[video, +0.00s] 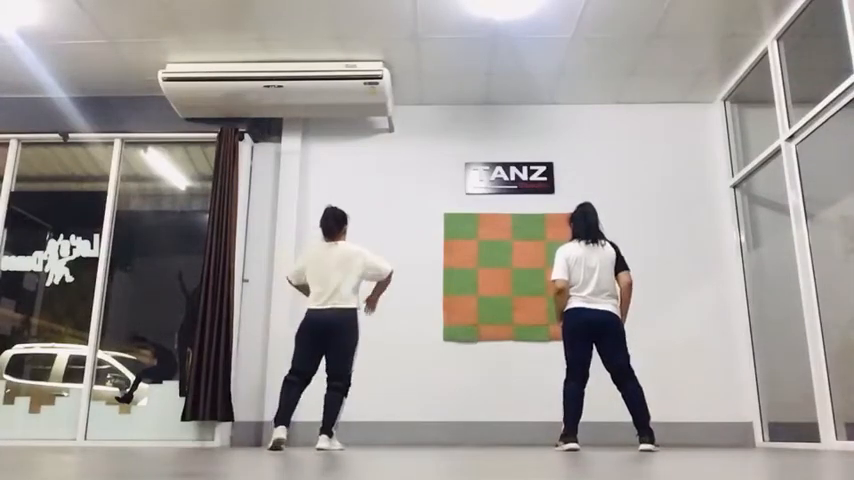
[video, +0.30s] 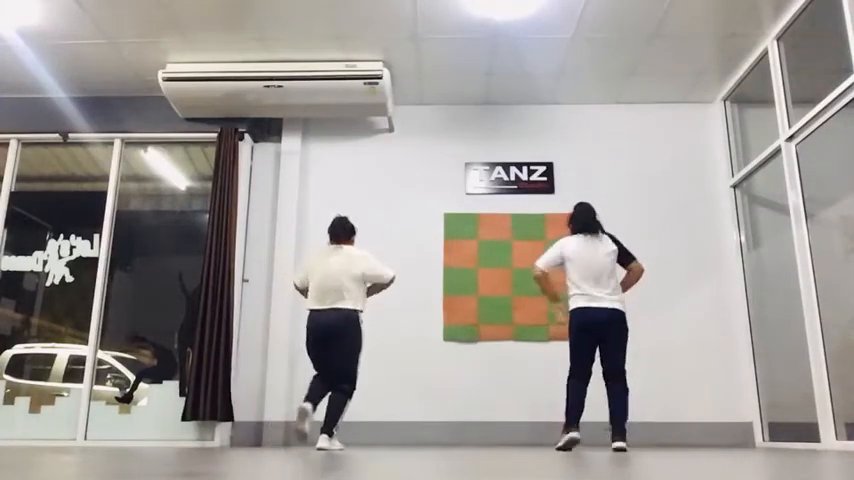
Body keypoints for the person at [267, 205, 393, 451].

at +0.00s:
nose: (345, 230)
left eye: (341, 227)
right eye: (345, 227)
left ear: (322, 229)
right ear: (344, 229)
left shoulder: (312, 252)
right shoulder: (354, 253)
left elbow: (295, 278)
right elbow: (386, 273)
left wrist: (314, 294)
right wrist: (374, 297)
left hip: (314, 320)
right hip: (344, 322)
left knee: (298, 375)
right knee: (338, 381)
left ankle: (280, 427)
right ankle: (325, 435)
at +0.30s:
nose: (353, 241)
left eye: (350, 238)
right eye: (353, 238)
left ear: (330, 237)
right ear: (352, 238)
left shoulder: (317, 257)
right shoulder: (357, 256)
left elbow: (299, 283)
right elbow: (388, 277)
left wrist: (316, 296)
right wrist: (366, 293)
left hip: (317, 319)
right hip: (347, 320)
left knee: (324, 373)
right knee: (345, 382)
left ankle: (308, 405)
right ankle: (326, 436)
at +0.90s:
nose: (342, 229)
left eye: (336, 225)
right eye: (343, 225)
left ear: (322, 227)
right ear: (345, 227)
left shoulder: (313, 250)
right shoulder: (356, 252)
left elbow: (307, 276)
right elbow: (361, 279)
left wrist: (328, 279)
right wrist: (338, 279)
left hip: (313, 309)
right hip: (342, 309)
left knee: (311, 374)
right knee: (340, 375)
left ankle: (310, 433)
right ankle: (328, 432)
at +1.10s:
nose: (341, 236)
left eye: (340, 233)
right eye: (341, 233)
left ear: (314, 234)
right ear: (338, 234)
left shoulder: (309, 257)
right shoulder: (343, 254)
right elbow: (353, 277)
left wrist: (362, 276)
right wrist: (367, 276)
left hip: (305, 318)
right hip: (333, 317)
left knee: (311, 379)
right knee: (347, 375)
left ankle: (302, 435)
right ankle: (334, 428)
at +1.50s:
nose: (339, 232)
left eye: (337, 228)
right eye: (336, 228)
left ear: (313, 234)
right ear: (330, 231)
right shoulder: (334, 253)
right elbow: (369, 270)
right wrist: (404, 266)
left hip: (293, 319)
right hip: (318, 316)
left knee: (306, 378)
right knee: (334, 374)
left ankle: (302, 436)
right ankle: (347, 434)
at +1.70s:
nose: (337, 226)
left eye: (336, 221)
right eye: (334, 221)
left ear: (318, 225)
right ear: (325, 224)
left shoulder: (319, 246)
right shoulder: (325, 245)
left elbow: (358, 258)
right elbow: (358, 257)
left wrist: (390, 249)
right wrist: (392, 249)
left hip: (316, 311)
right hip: (323, 310)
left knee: (326, 372)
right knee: (331, 371)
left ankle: (300, 426)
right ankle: (312, 433)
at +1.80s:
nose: (340, 232)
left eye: (339, 227)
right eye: (338, 227)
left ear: (321, 229)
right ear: (329, 228)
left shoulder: (321, 250)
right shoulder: (323, 249)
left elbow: (353, 261)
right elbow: (352, 261)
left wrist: (377, 251)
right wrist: (380, 250)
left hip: (325, 315)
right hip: (320, 315)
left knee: (346, 373)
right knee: (333, 373)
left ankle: (314, 432)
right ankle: (310, 435)